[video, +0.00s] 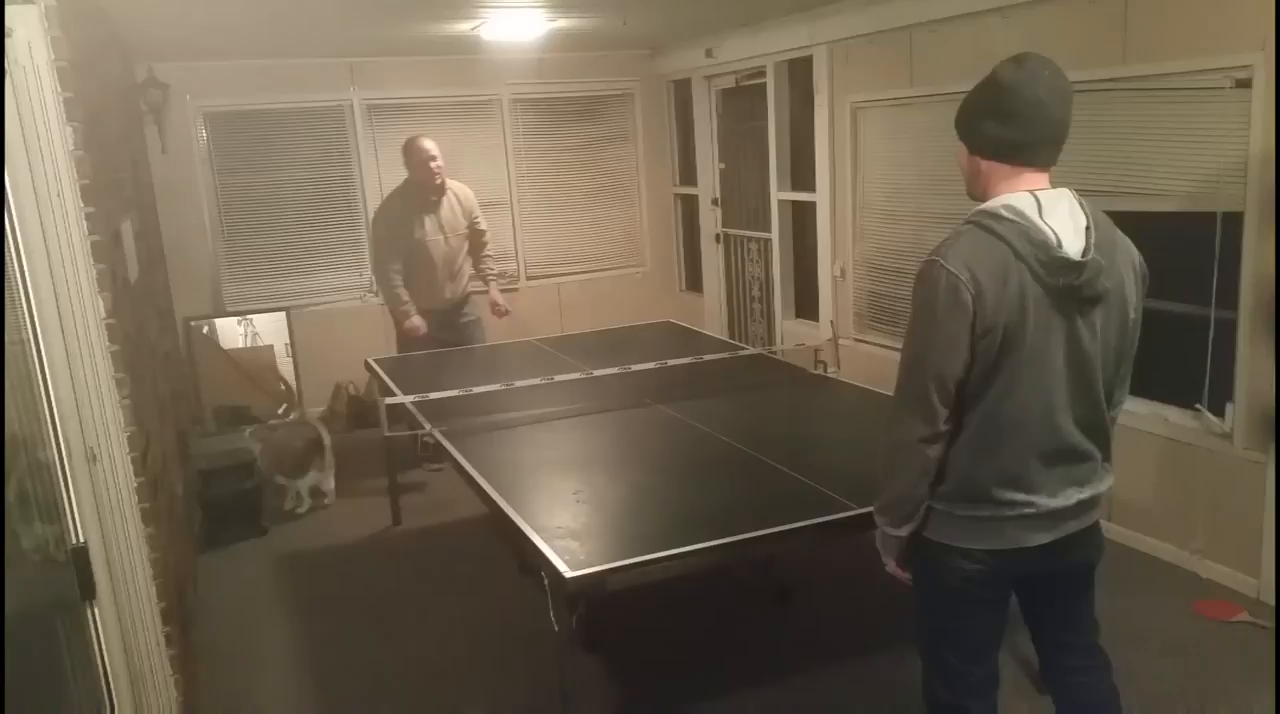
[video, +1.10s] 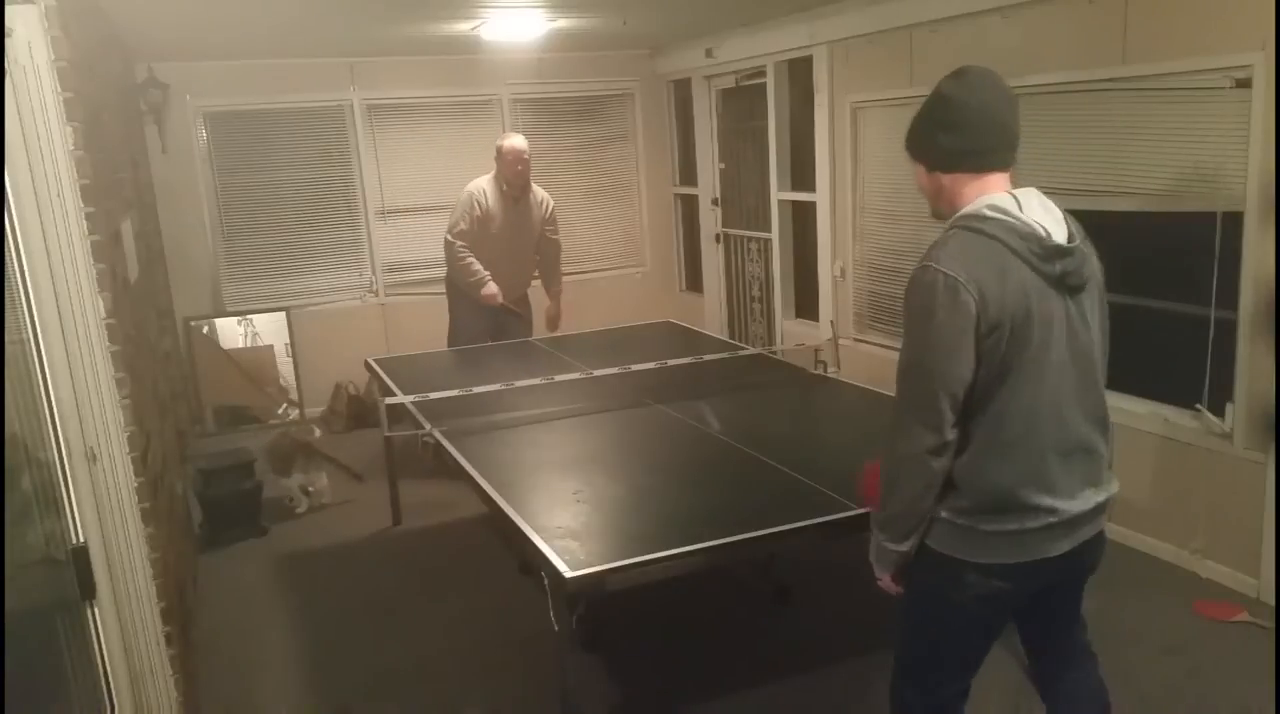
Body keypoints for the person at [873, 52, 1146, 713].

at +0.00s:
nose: (963, 161)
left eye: (963, 147)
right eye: (963, 146)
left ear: (975, 155)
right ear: (1053, 147)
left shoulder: (960, 266)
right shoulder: (1120, 254)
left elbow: (921, 419)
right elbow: (1110, 396)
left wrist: (893, 532)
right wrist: (1076, 490)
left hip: (970, 537)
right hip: (1072, 529)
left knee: (961, 690)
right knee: (1078, 667)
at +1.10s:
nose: (918, 180)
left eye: (917, 165)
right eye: (917, 163)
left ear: (935, 168)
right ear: (1003, 153)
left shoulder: (952, 269)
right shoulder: (1071, 237)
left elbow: (927, 428)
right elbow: (1086, 376)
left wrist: (890, 547)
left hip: (981, 549)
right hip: (1075, 532)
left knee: (925, 693)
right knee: (1065, 660)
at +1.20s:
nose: (902, 198)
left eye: (901, 184)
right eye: (899, 183)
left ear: (920, 185)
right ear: (984, 162)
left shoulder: (962, 275)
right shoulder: (1046, 236)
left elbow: (941, 444)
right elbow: (1014, 400)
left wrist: (893, 559)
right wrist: (896, 450)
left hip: (997, 548)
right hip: (1075, 524)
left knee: (917, 694)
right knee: (1053, 658)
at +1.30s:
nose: (893, 209)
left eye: (892, 194)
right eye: (890, 194)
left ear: (918, 197)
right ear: (973, 177)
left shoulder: (981, 279)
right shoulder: (1021, 245)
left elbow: (964, 453)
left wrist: (904, 570)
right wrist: (818, 422)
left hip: (1015, 548)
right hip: (1070, 523)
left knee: (913, 695)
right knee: (1040, 662)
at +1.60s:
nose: (897, 184)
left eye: (899, 171)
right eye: (898, 170)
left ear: (924, 178)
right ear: (979, 166)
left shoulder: (1001, 276)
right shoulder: (991, 243)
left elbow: (1009, 450)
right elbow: (910, 350)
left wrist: (999, 594)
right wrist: (796, 391)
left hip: (994, 544)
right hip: (1040, 527)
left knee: (922, 697)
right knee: (1044, 666)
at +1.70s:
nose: (906, 181)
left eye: (907, 168)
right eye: (906, 167)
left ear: (927, 176)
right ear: (988, 161)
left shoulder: (994, 279)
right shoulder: (1018, 240)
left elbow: (1008, 451)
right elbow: (938, 377)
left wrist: (1011, 594)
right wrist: (836, 422)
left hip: (993, 543)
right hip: (1048, 525)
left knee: (925, 695)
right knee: (1050, 665)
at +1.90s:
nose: (911, 175)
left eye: (912, 163)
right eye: (912, 161)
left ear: (926, 173)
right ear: (997, 157)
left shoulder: (976, 276)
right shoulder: (1043, 233)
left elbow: (978, 448)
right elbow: (1026, 396)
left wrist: (964, 578)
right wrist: (934, 465)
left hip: (1007, 549)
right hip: (1069, 526)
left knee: (929, 697)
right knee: (1057, 665)